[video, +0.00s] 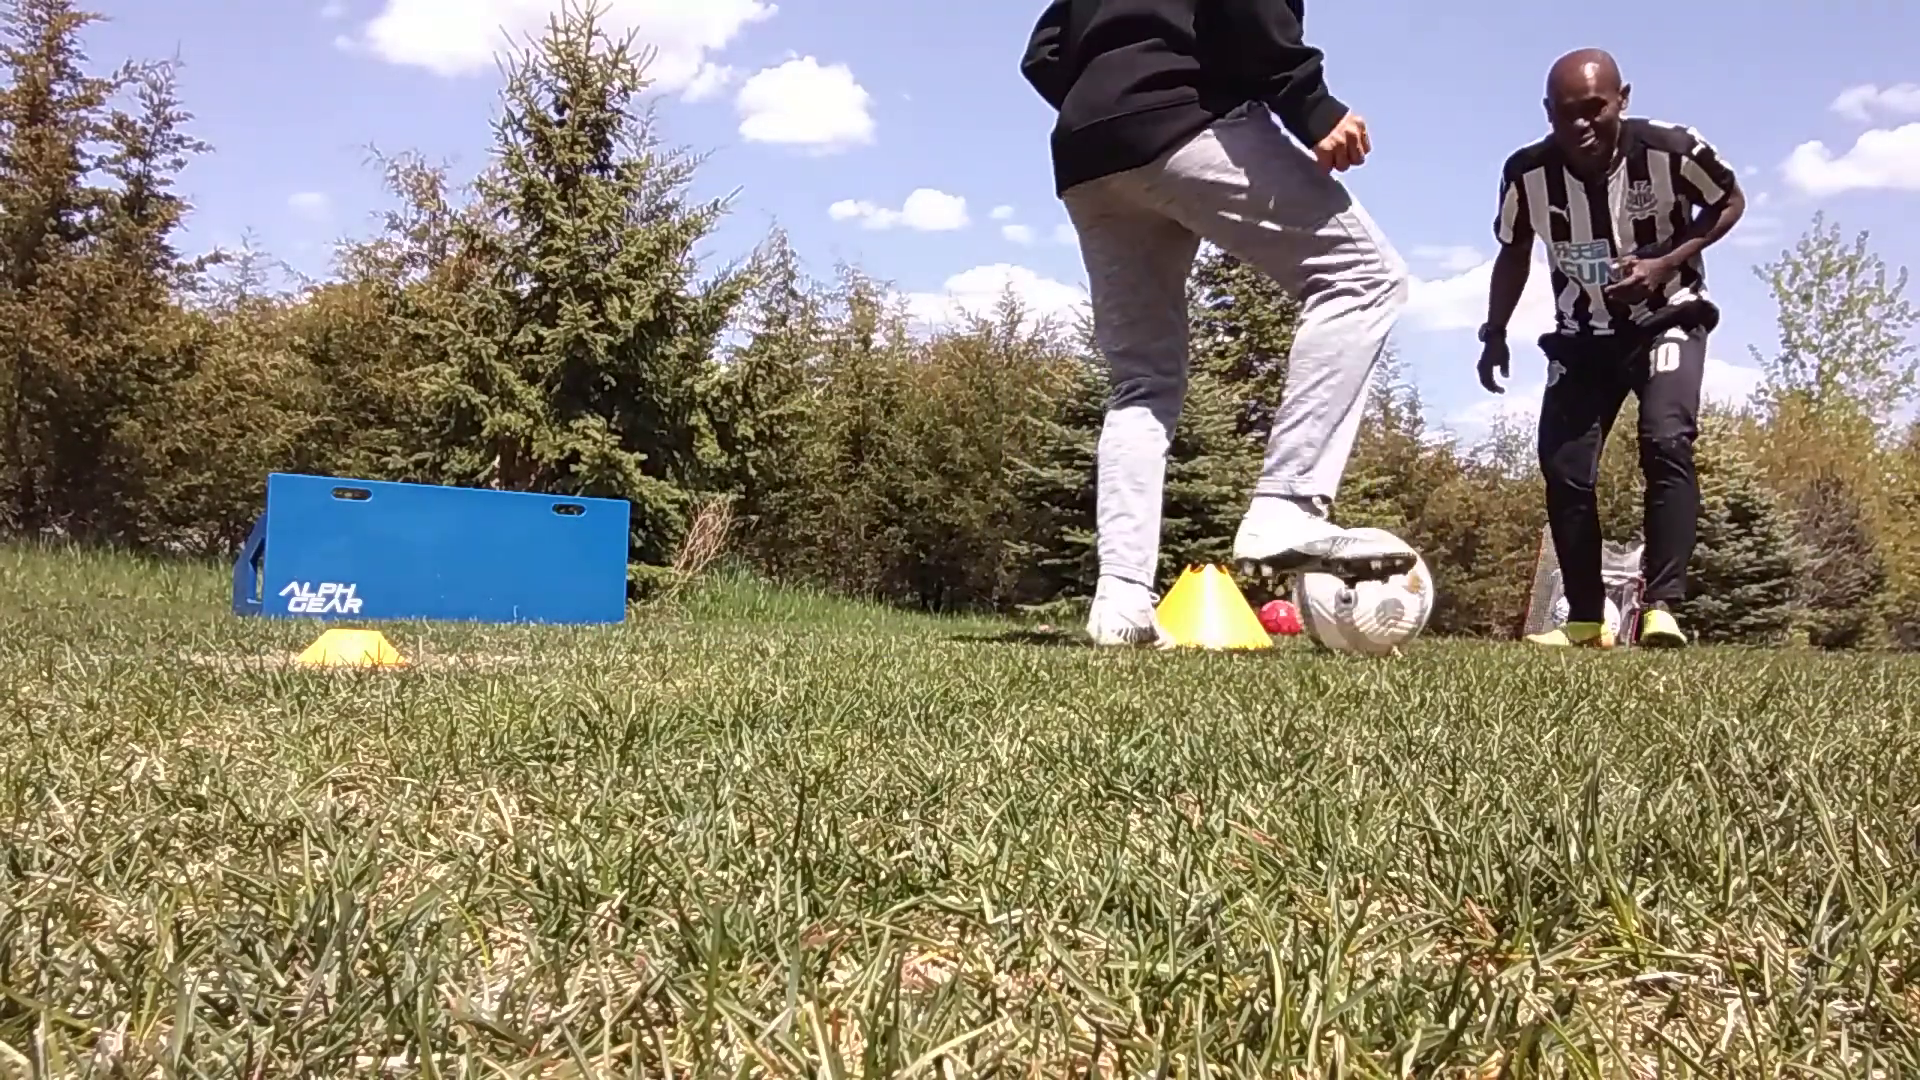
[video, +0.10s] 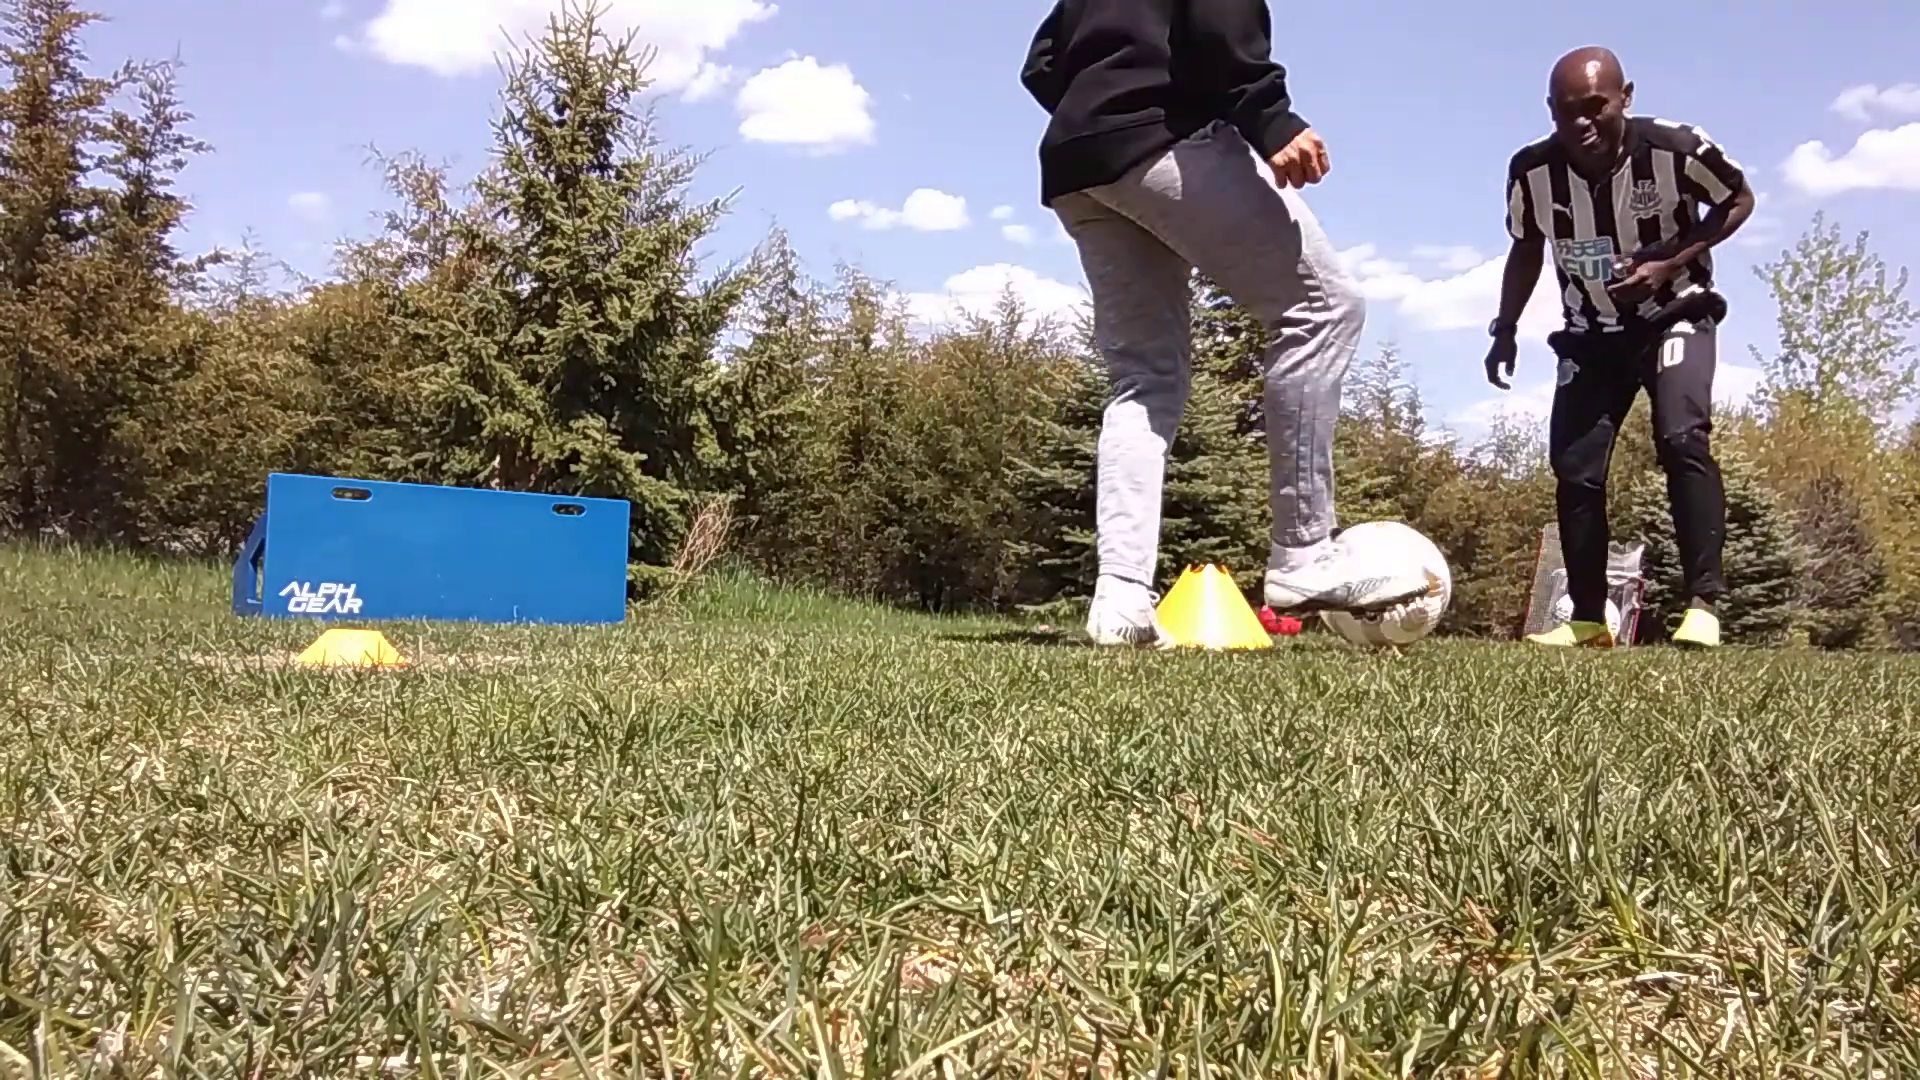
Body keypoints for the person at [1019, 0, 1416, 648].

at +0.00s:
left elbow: (1044, 52)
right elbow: (1254, 14)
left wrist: (1116, 117)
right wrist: (1314, 105)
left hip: (1081, 136)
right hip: (1185, 105)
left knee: (1141, 384)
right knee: (1365, 278)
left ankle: (1121, 603)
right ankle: (1288, 505)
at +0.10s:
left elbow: (1043, 61)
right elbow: (1219, 19)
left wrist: (1117, 122)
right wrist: (1274, 120)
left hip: (1072, 142)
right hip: (1167, 127)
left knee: (1144, 380)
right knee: (1322, 308)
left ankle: (1120, 604)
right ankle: (1303, 560)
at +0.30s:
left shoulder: (1069, 5)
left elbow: (1015, 84)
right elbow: (1267, 58)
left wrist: (1082, 146)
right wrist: (1303, 190)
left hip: (1049, 168)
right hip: (1153, 146)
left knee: (1108, 379)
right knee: (1255, 373)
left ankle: (1065, 545)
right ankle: (1245, 603)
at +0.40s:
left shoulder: (1044, 6)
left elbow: (989, 97)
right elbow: (1237, 65)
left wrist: (1054, 166)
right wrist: (1287, 196)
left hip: (1024, 187)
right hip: (1129, 166)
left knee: (1067, 396)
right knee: (1236, 377)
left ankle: (974, 574)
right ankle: (1244, 603)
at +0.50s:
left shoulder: (1009, 4)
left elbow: (951, 70)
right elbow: (1147, 40)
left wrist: (1015, 136)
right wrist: (1215, 149)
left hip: (986, 171)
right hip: (1083, 154)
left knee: (999, 401)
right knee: (1172, 367)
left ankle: (934, 588)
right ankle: (1197, 584)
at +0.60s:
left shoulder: (974, 1)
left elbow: (929, 50)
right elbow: (1103, 30)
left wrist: (993, 114)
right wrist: (1153, 131)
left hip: (954, 143)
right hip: (1048, 136)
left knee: (970, 376)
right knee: (1136, 343)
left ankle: (907, 550)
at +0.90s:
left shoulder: (939, 13)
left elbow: (877, 101)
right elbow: (1045, 62)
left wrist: (938, 164)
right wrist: (1101, 181)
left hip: (894, 187)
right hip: (981, 187)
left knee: (885, 396)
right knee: (1056, 379)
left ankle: (811, 578)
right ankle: (978, 566)